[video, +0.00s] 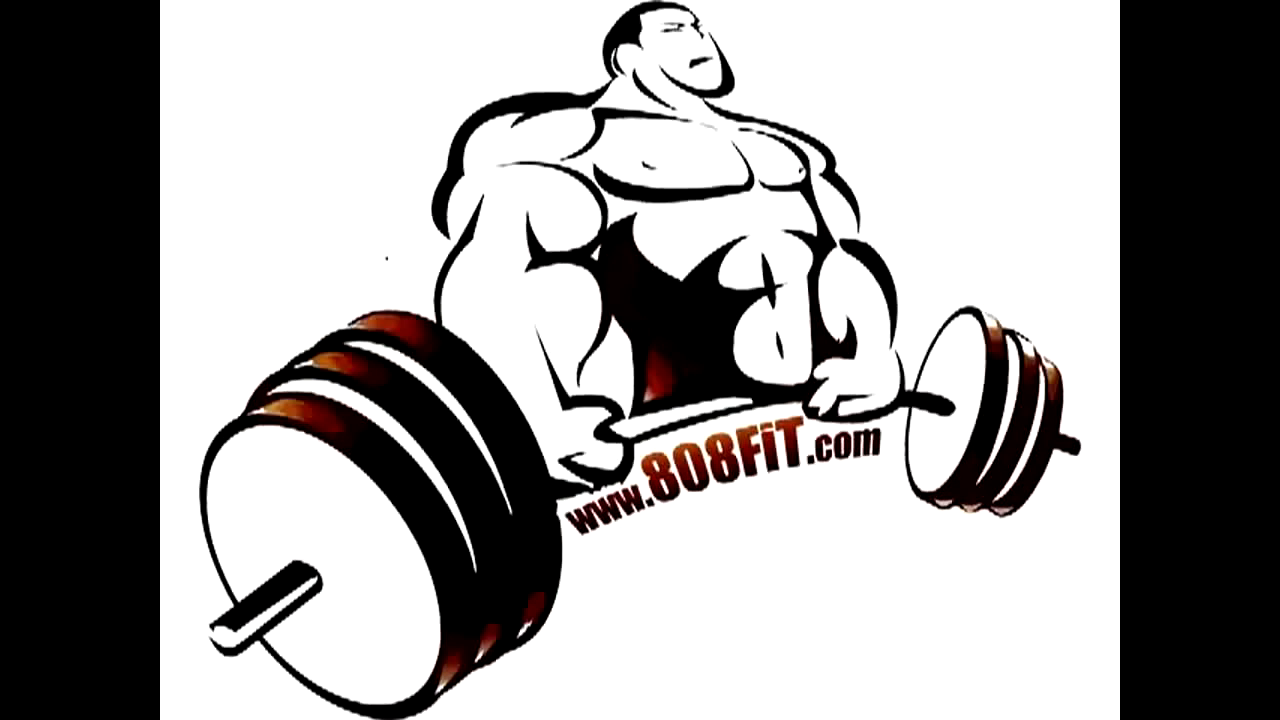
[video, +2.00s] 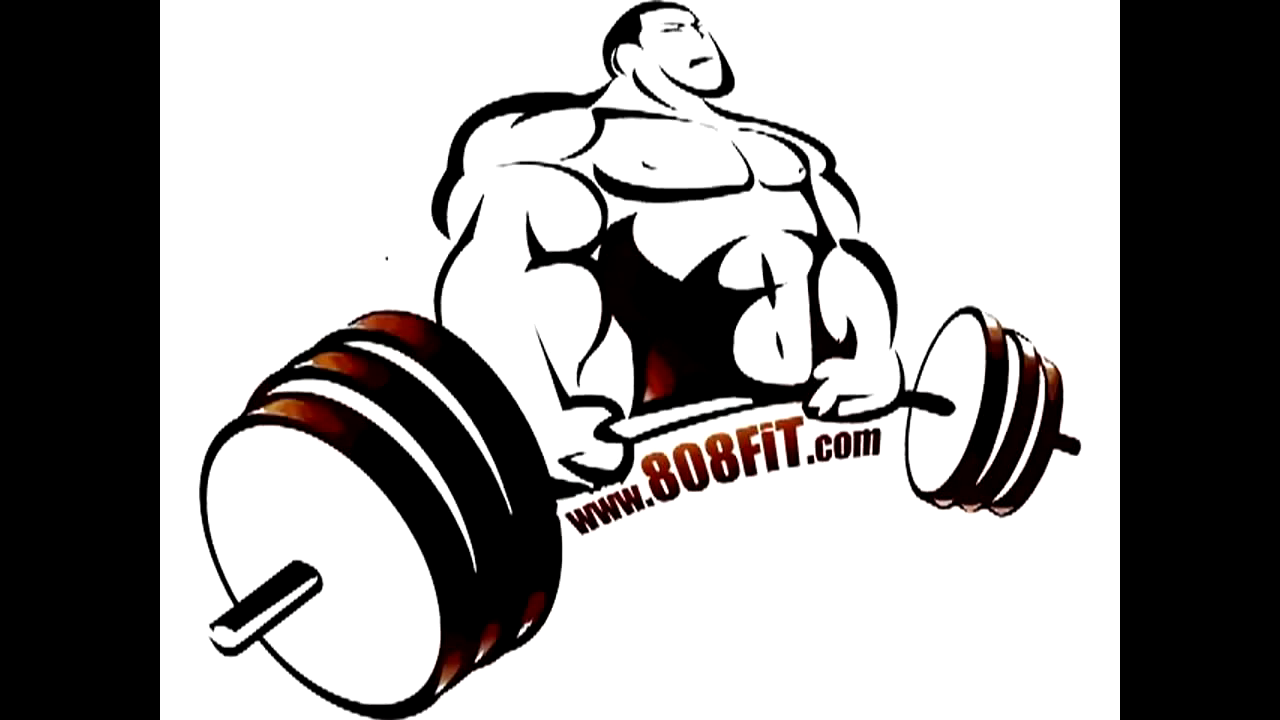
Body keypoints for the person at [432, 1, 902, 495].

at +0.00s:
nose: (702, 40)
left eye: (701, 28)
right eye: (676, 30)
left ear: (713, 45)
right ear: (629, 59)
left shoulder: (775, 145)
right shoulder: (594, 126)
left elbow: (850, 249)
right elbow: (487, 155)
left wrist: (878, 358)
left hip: (747, 330)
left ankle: (870, 369)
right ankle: (577, 429)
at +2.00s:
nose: (702, 40)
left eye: (701, 28)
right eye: (675, 30)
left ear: (713, 45)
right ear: (628, 59)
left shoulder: (776, 145)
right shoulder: (593, 127)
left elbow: (850, 250)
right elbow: (487, 155)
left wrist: (878, 358)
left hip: (747, 331)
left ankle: (870, 369)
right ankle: (577, 429)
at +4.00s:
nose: (702, 40)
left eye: (701, 28)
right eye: (675, 30)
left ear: (713, 45)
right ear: (628, 59)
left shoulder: (775, 145)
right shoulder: (593, 126)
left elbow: (850, 250)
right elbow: (487, 155)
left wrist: (878, 358)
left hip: (747, 330)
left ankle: (870, 369)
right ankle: (577, 429)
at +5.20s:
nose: (701, 43)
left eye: (700, 29)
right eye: (676, 31)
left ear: (717, 41)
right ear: (628, 58)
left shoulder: (779, 148)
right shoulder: (589, 131)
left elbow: (848, 254)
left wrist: (871, 361)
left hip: (750, 328)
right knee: (516, 191)